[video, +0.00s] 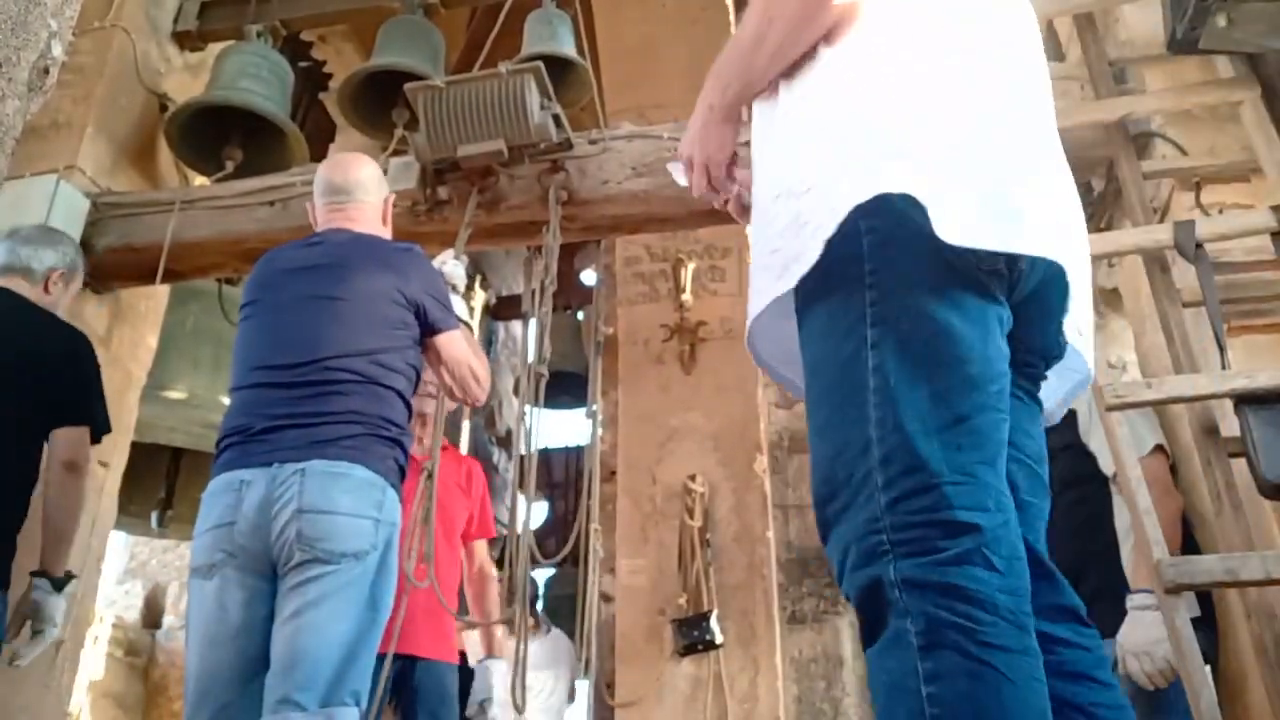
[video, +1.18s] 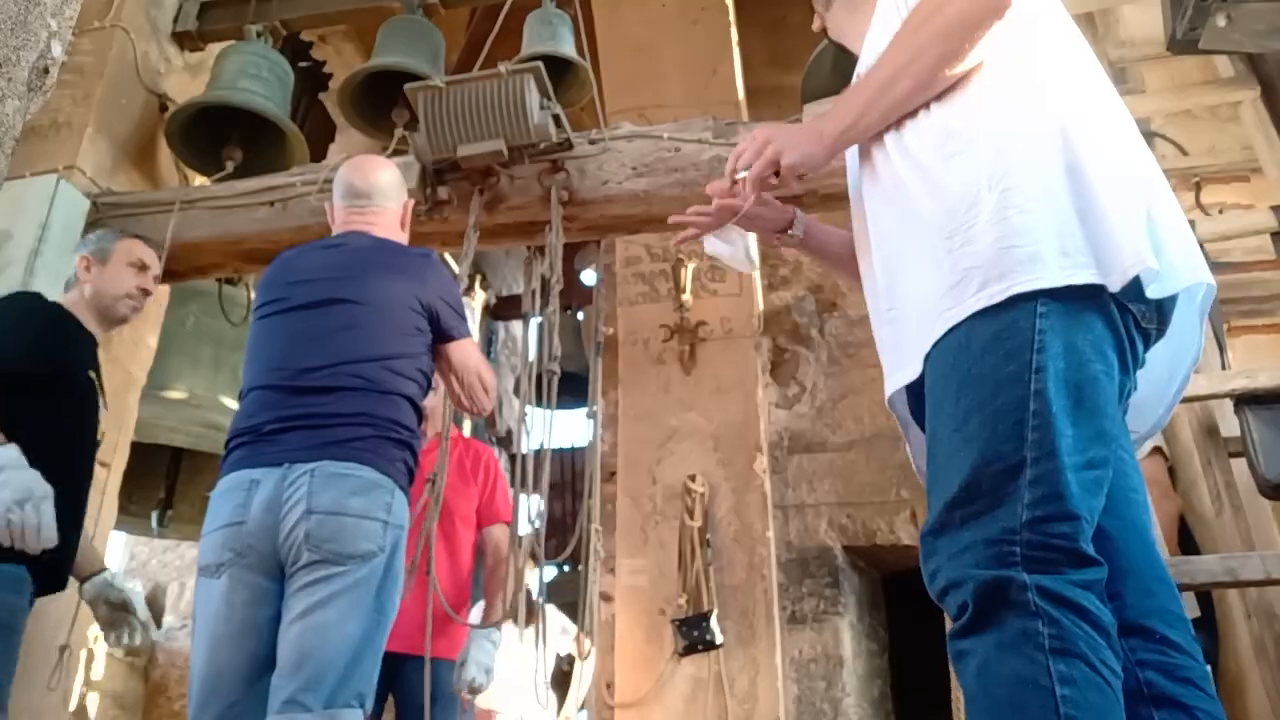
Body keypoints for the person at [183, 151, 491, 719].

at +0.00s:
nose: (394, 215)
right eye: (394, 207)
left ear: (314, 215)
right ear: (388, 209)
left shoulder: (265, 269)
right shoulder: (407, 265)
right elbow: (473, 386)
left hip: (231, 489)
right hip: (345, 485)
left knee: (214, 709)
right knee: (309, 707)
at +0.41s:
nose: (413, 223)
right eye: (413, 217)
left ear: (332, 209)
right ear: (407, 219)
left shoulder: (276, 265)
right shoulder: (417, 264)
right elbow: (480, 386)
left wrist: (430, 369)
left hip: (233, 489)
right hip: (347, 488)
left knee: (217, 709)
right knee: (310, 707)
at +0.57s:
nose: (423, 232)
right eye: (424, 223)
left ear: (347, 207)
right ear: (420, 221)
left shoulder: (281, 265)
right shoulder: (421, 265)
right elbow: (489, 385)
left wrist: (432, 369)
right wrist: (438, 328)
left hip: (235, 489)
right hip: (348, 488)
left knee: (217, 709)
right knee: (309, 706)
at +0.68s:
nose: (419, 226)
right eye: (421, 219)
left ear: (341, 209)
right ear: (415, 220)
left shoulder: (278, 267)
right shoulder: (423, 267)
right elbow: (489, 390)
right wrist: (454, 339)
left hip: (239, 487)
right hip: (354, 487)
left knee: (217, 707)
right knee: (313, 706)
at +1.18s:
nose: (411, 217)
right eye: (412, 211)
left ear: (330, 215)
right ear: (406, 214)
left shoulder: (277, 271)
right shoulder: (424, 269)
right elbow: (481, 399)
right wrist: (443, 340)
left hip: (241, 487)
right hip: (354, 487)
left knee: (218, 708)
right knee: (313, 708)